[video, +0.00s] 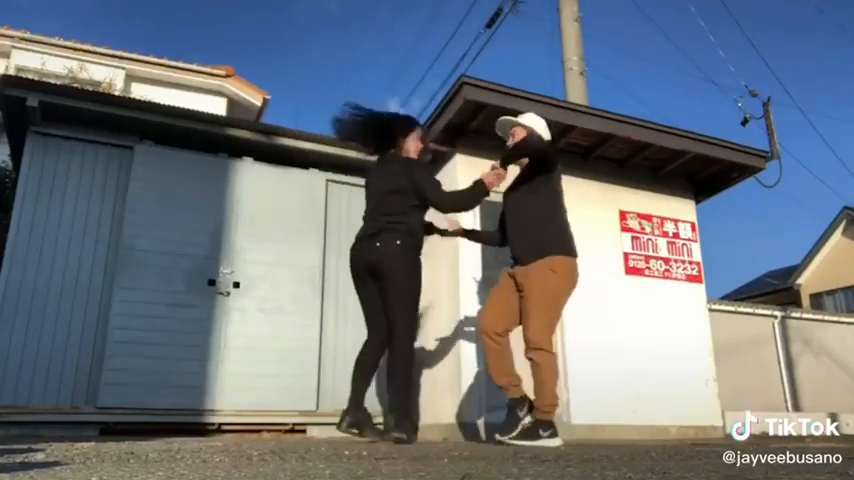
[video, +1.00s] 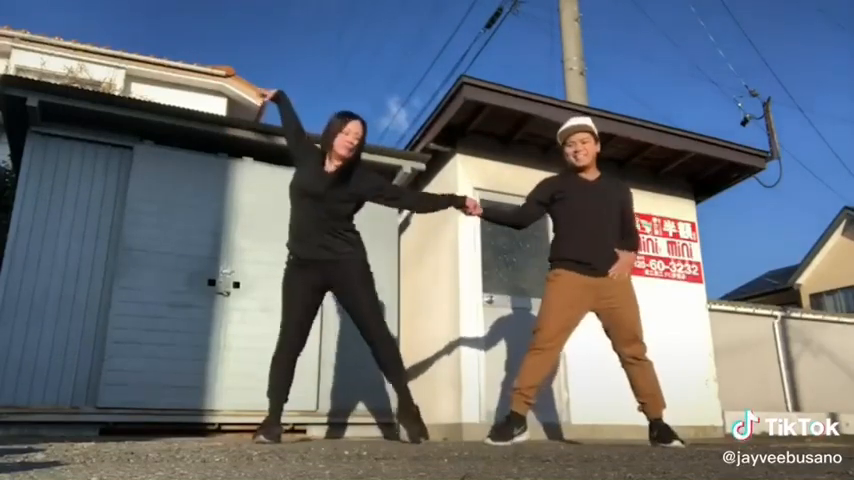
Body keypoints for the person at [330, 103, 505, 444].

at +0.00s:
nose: (422, 147)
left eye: (422, 141)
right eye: (418, 140)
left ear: (397, 142)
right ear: (400, 140)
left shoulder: (377, 170)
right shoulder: (412, 169)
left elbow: (395, 218)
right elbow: (446, 201)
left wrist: (434, 228)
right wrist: (483, 185)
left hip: (363, 250)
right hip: (397, 251)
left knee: (378, 334)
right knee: (403, 338)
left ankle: (354, 411)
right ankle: (401, 423)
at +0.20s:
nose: (397, 155)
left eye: (402, 152)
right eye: (395, 149)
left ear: (405, 156)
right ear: (382, 147)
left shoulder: (407, 182)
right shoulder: (366, 164)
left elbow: (413, 210)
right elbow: (375, 137)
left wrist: (437, 217)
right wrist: (414, 129)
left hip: (377, 262)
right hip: (352, 256)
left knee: (379, 334)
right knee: (379, 329)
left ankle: (356, 414)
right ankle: (384, 416)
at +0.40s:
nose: (368, 156)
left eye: (374, 153)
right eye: (365, 148)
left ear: (377, 160)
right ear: (349, 148)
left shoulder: (379, 194)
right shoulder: (332, 177)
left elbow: (399, 226)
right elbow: (335, 147)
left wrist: (434, 212)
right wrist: (331, 112)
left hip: (370, 273)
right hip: (332, 268)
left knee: (372, 345)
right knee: (321, 338)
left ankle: (354, 421)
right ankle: (282, 412)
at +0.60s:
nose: (345, 150)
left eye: (352, 148)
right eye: (341, 143)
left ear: (356, 154)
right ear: (327, 142)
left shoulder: (360, 186)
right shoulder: (296, 171)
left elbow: (399, 212)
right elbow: (260, 148)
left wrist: (444, 212)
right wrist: (253, 121)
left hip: (342, 272)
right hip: (297, 269)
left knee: (376, 336)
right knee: (285, 342)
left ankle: (404, 404)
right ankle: (272, 420)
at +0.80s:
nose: (339, 146)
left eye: (345, 142)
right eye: (334, 139)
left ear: (349, 148)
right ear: (319, 139)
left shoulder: (350, 179)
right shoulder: (298, 165)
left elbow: (395, 199)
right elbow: (281, 145)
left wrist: (445, 206)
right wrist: (268, 122)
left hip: (331, 269)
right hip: (289, 268)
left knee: (360, 336)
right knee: (282, 342)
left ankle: (404, 405)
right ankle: (271, 420)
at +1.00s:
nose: (351, 143)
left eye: (357, 140)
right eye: (347, 135)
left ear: (361, 147)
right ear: (330, 134)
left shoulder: (361, 179)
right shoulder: (306, 155)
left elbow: (409, 198)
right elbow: (291, 125)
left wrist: (456, 201)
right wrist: (279, 97)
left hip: (347, 266)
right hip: (303, 265)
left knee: (376, 334)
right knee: (289, 342)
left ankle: (407, 407)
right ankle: (272, 420)